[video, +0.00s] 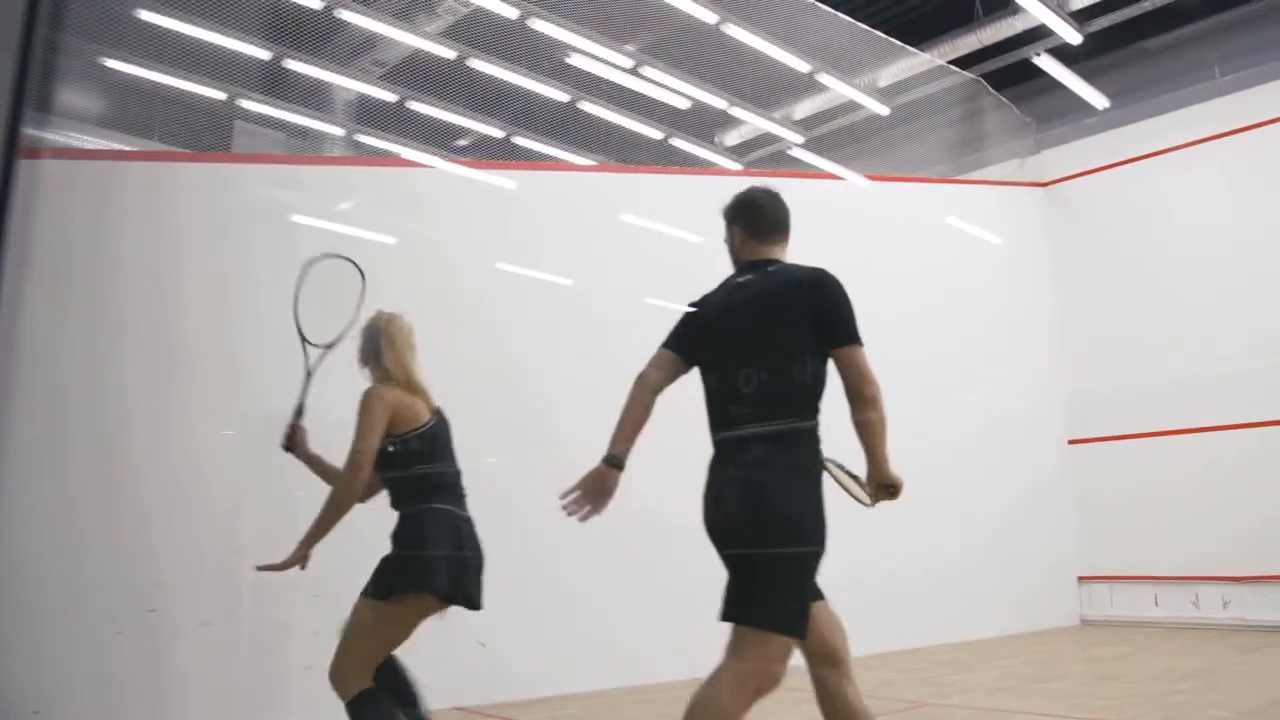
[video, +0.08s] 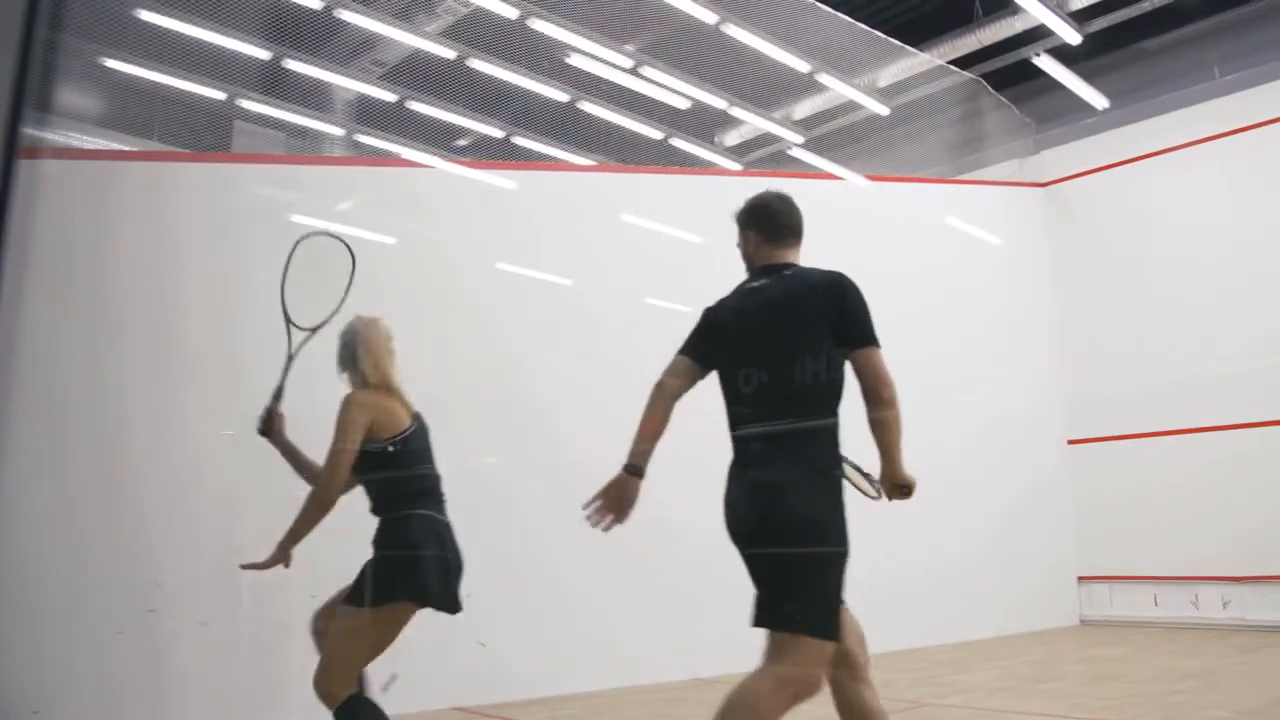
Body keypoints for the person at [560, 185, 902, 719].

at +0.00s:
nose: (728, 243)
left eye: (727, 236)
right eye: (730, 236)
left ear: (733, 238)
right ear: (788, 237)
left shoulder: (709, 309)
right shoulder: (817, 288)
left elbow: (649, 380)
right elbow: (864, 391)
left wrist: (612, 463)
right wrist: (880, 469)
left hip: (728, 498)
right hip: (788, 494)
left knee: (828, 643)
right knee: (755, 667)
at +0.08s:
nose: (740, 247)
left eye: (739, 240)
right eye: (743, 240)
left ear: (746, 243)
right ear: (800, 241)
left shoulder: (725, 314)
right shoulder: (833, 290)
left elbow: (667, 387)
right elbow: (879, 390)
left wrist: (632, 470)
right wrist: (893, 468)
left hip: (748, 498)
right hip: (809, 495)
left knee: (846, 644)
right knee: (796, 672)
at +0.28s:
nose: (772, 255)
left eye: (772, 246)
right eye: (772, 247)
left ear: (781, 244)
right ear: (830, 243)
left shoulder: (759, 315)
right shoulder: (872, 294)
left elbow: (707, 393)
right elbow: (919, 391)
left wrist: (693, 483)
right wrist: (928, 470)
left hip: (786, 495)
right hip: (855, 488)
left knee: (870, 657)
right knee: (905, 665)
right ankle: (826, 713)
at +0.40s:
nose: (787, 254)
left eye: (788, 243)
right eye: (786, 244)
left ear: (804, 239)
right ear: (846, 242)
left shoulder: (775, 311)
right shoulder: (889, 295)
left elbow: (726, 388)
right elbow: (940, 388)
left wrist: (726, 476)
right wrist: (950, 470)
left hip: (804, 490)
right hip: (874, 483)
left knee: (874, 645)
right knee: (934, 644)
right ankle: (891, 710)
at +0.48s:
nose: (797, 252)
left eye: (798, 240)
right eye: (797, 241)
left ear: (815, 238)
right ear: (856, 241)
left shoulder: (786, 308)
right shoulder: (900, 295)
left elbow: (738, 381)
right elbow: (951, 386)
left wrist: (743, 468)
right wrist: (962, 470)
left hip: (816, 493)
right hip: (888, 484)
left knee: (878, 644)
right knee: (943, 634)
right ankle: (920, 712)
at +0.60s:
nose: (811, 252)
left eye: (813, 239)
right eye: (811, 240)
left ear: (831, 236)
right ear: (869, 240)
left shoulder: (800, 304)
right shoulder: (916, 296)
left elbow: (753, 373)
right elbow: (964, 383)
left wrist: (761, 458)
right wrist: (978, 469)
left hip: (831, 489)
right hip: (904, 481)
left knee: (883, 638)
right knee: (955, 627)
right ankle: (968, 713)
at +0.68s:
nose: (821, 252)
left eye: (823, 241)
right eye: (821, 241)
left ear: (841, 237)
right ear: (879, 241)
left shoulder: (808, 304)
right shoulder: (926, 300)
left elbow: (762, 369)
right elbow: (973, 385)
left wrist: (768, 451)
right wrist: (987, 471)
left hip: (840, 491)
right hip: (913, 483)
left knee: (888, 643)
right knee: (963, 630)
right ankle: (989, 714)